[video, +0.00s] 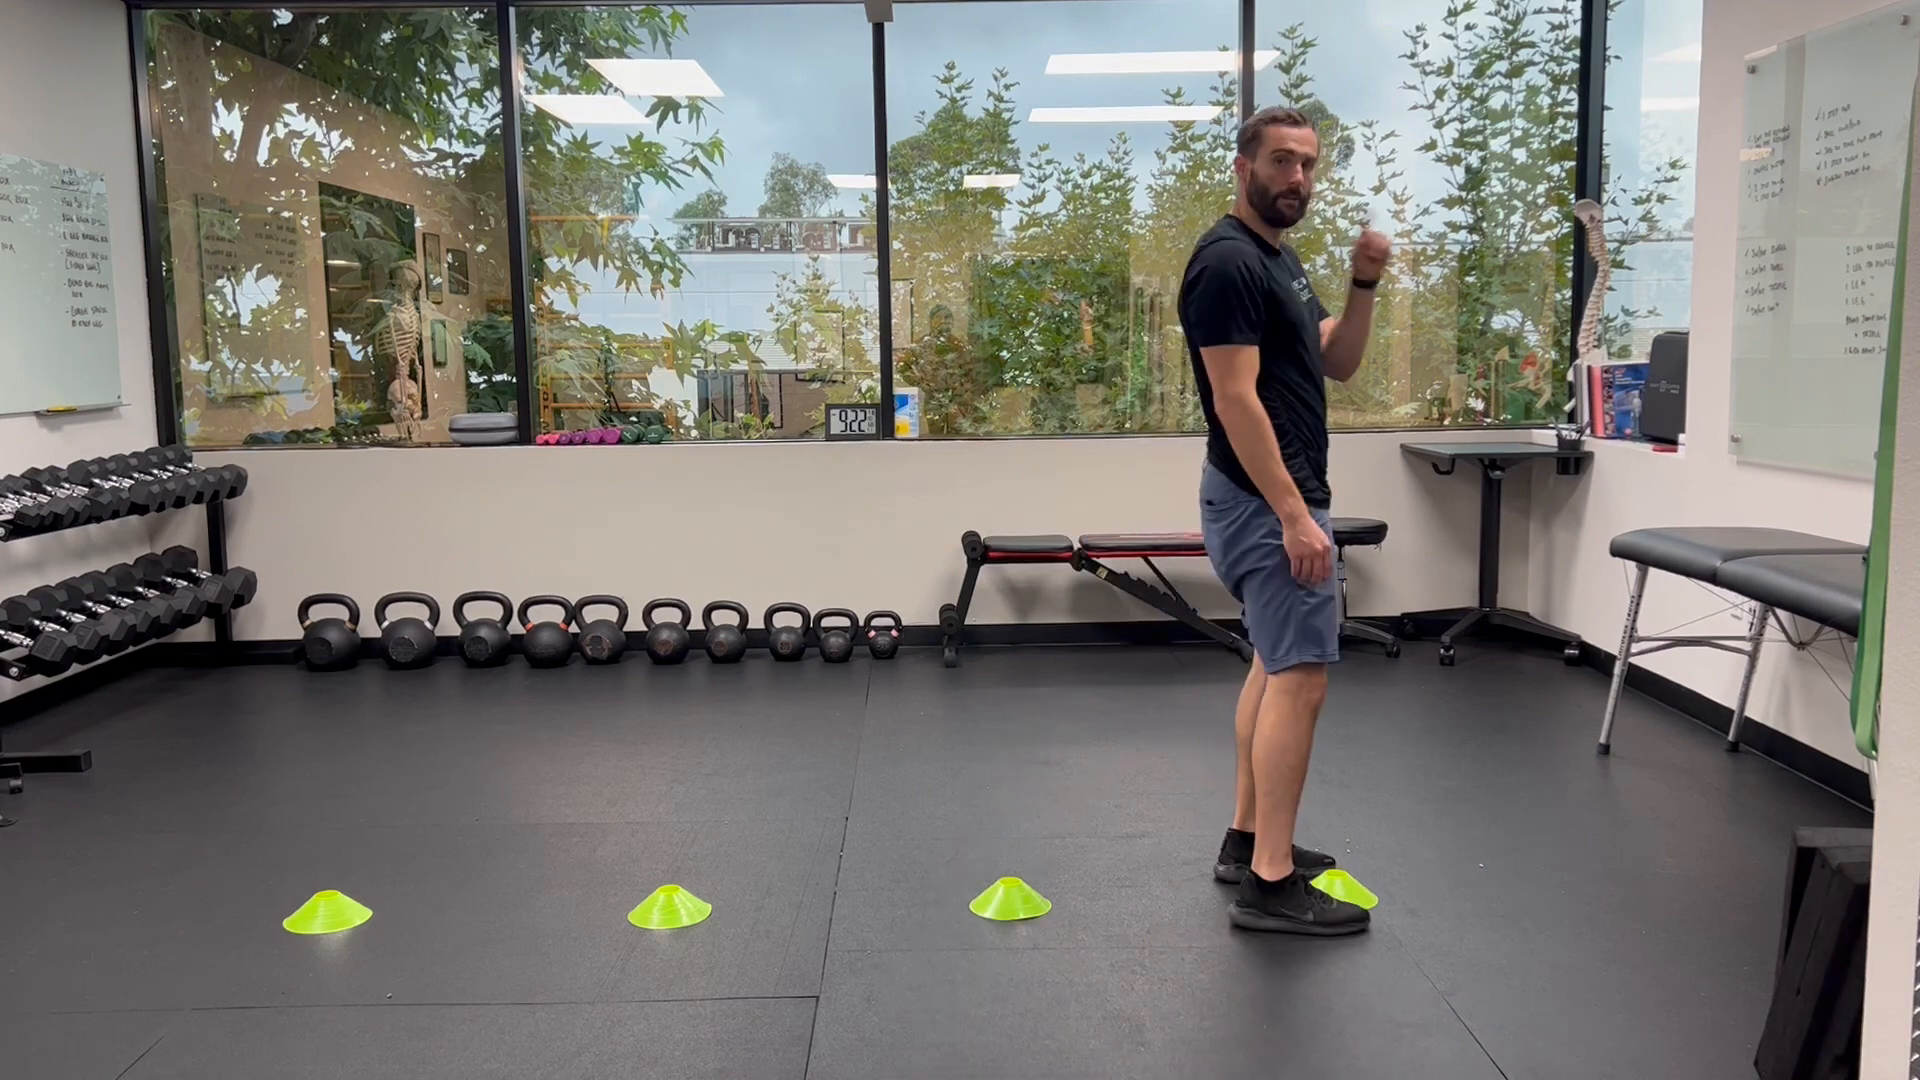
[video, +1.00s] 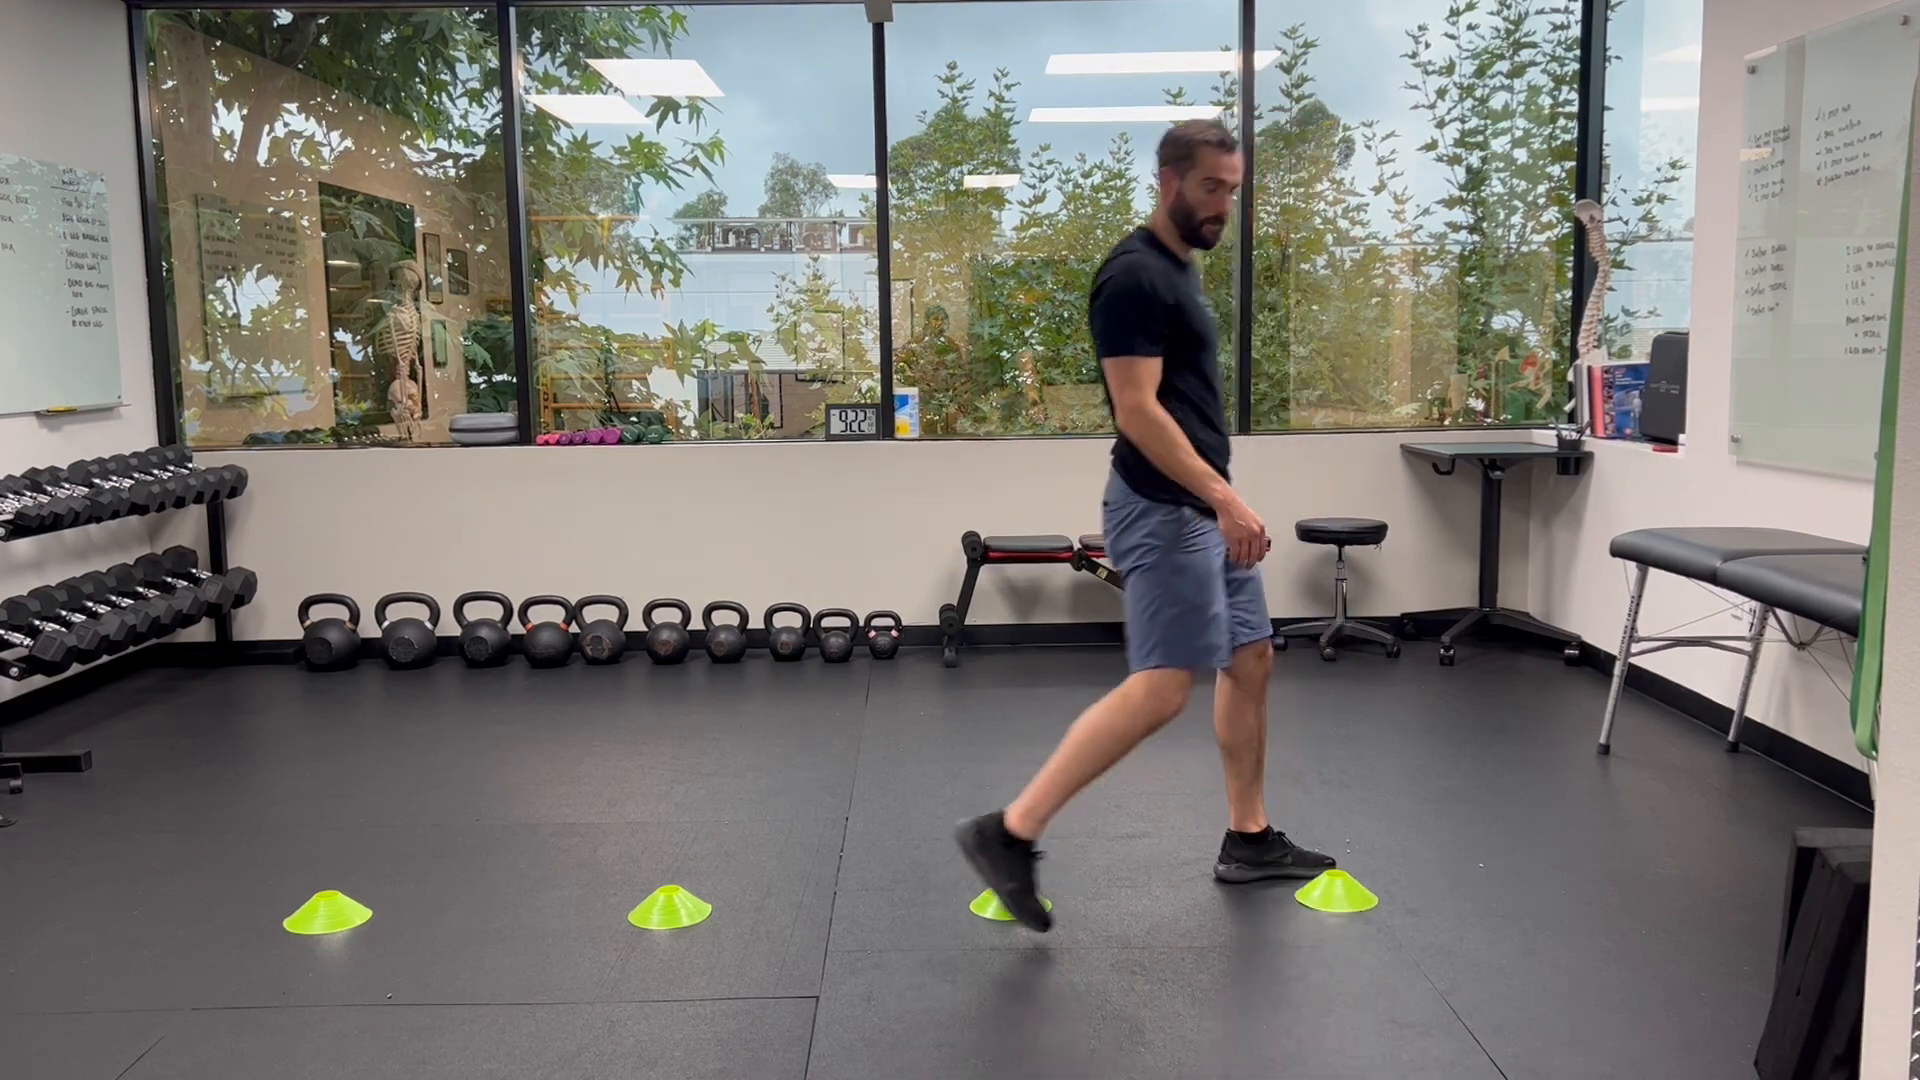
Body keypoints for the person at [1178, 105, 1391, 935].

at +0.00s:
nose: (1298, 177)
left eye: (1308, 164)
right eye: (1283, 160)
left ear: (1314, 176)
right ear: (1242, 166)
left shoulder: (1273, 260)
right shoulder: (1228, 261)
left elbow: (1335, 364)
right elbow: (1234, 399)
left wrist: (1363, 283)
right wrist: (1293, 511)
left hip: (1277, 495)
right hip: (1267, 501)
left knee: (1273, 666)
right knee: (1300, 677)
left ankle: (1250, 840)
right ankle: (1272, 878)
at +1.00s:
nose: (1223, 206)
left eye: (1233, 191)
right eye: (1212, 189)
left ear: (1233, 189)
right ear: (1168, 182)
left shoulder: (1177, 272)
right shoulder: (1134, 276)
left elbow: (1176, 408)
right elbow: (1137, 415)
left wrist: (1218, 510)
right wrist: (1227, 501)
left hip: (1203, 507)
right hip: (1161, 510)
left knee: (1250, 661)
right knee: (1162, 686)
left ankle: (1249, 839)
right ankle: (1011, 832)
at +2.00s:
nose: (744, 239)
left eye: (754, 226)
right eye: (737, 222)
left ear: (742, 214)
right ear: (697, 197)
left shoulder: (707, 281)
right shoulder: (633, 275)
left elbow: (736, 393)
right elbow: (596, 399)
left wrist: (826, 450)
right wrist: (592, 523)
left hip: (697, 508)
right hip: (662, 510)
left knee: (675, 671)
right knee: (733, 674)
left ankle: (628, 839)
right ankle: (769, 877)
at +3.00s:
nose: (262, 294)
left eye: (271, 282)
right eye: (255, 276)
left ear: (265, 265)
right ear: (212, 242)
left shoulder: (237, 311)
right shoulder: (111, 303)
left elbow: (279, 413)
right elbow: (11, 400)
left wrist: (349, 435)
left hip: (206, 533)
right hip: (141, 535)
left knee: (200, 680)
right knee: (169, 709)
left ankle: (103, 825)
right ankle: (153, 929)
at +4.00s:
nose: (215, 222)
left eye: (221, 206)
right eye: (204, 204)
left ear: (179, 198)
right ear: (150, 191)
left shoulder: (181, 276)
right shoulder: (75, 279)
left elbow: (181, 399)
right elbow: (92, 420)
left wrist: (243, 388)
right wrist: (217, 386)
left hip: (177, 518)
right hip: (96, 529)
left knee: (208, 681)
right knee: (118, 707)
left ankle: (185, 859)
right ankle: (86, 910)